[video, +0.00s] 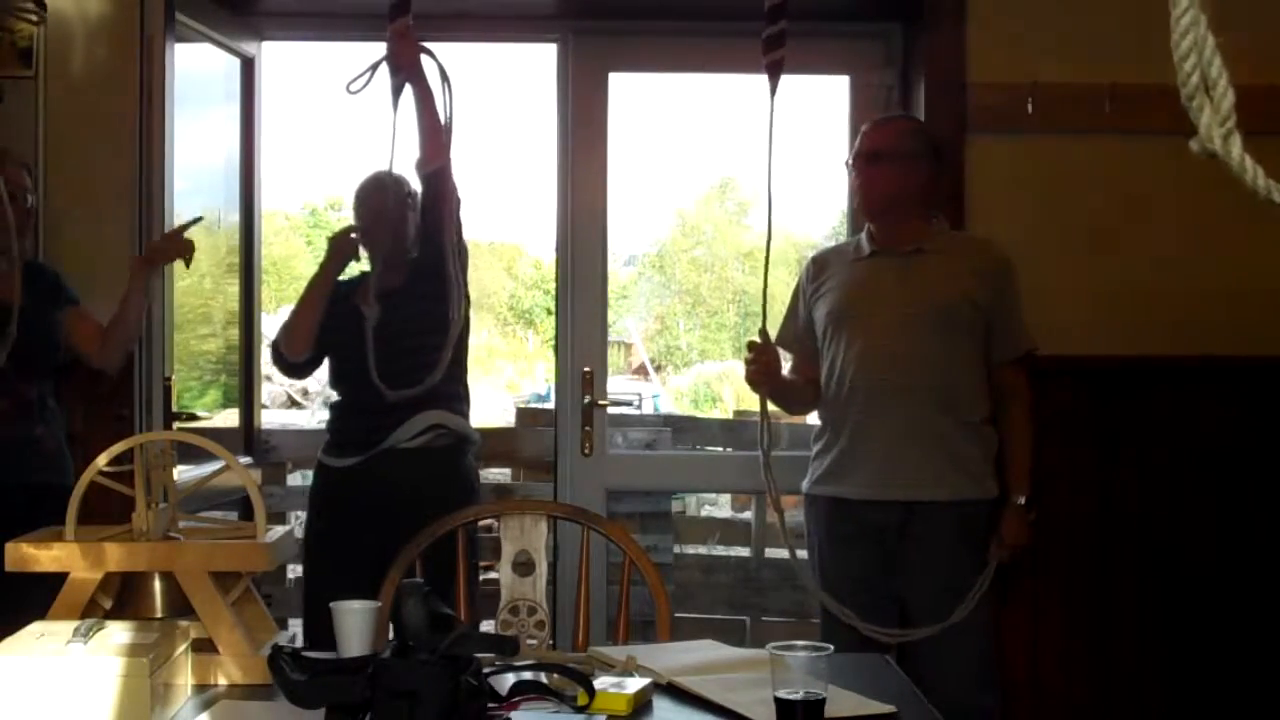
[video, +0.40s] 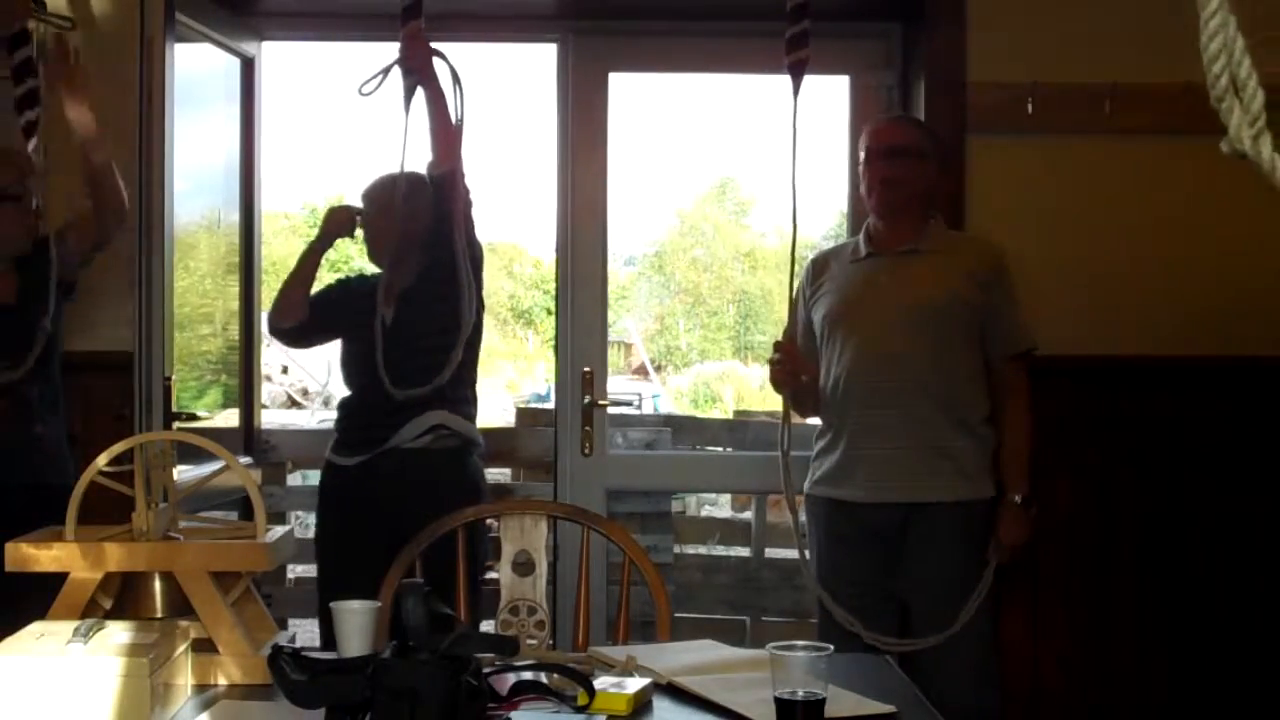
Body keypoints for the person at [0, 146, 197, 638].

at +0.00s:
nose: (25, 209)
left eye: (26, 196)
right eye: (14, 196)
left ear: (29, 202)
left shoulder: (34, 280)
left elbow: (106, 354)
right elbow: (105, 353)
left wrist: (145, 267)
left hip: (40, 475)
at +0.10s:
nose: (27, 211)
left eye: (30, 199)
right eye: (17, 197)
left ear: (36, 208)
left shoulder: (33, 282)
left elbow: (120, 335)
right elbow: (121, 334)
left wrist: (136, 245)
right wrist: (136, 247)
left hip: (38, 476)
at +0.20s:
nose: (19, 211)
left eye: (27, 197)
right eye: (8, 199)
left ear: (39, 202)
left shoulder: (40, 280)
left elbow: (134, 295)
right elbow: (133, 294)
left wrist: (119, 202)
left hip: (39, 465)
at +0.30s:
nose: (26, 210)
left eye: (26, 196)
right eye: (13, 198)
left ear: (36, 204)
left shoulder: (34, 275)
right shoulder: (30, 276)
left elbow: (127, 247)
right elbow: (126, 247)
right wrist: (101, 145)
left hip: (41, 482)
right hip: (12, 483)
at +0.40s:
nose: (25, 205)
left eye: (28, 192)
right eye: (14, 193)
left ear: (37, 197)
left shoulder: (40, 269)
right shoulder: (29, 271)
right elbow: (112, 218)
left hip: (39, 477)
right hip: (14, 478)